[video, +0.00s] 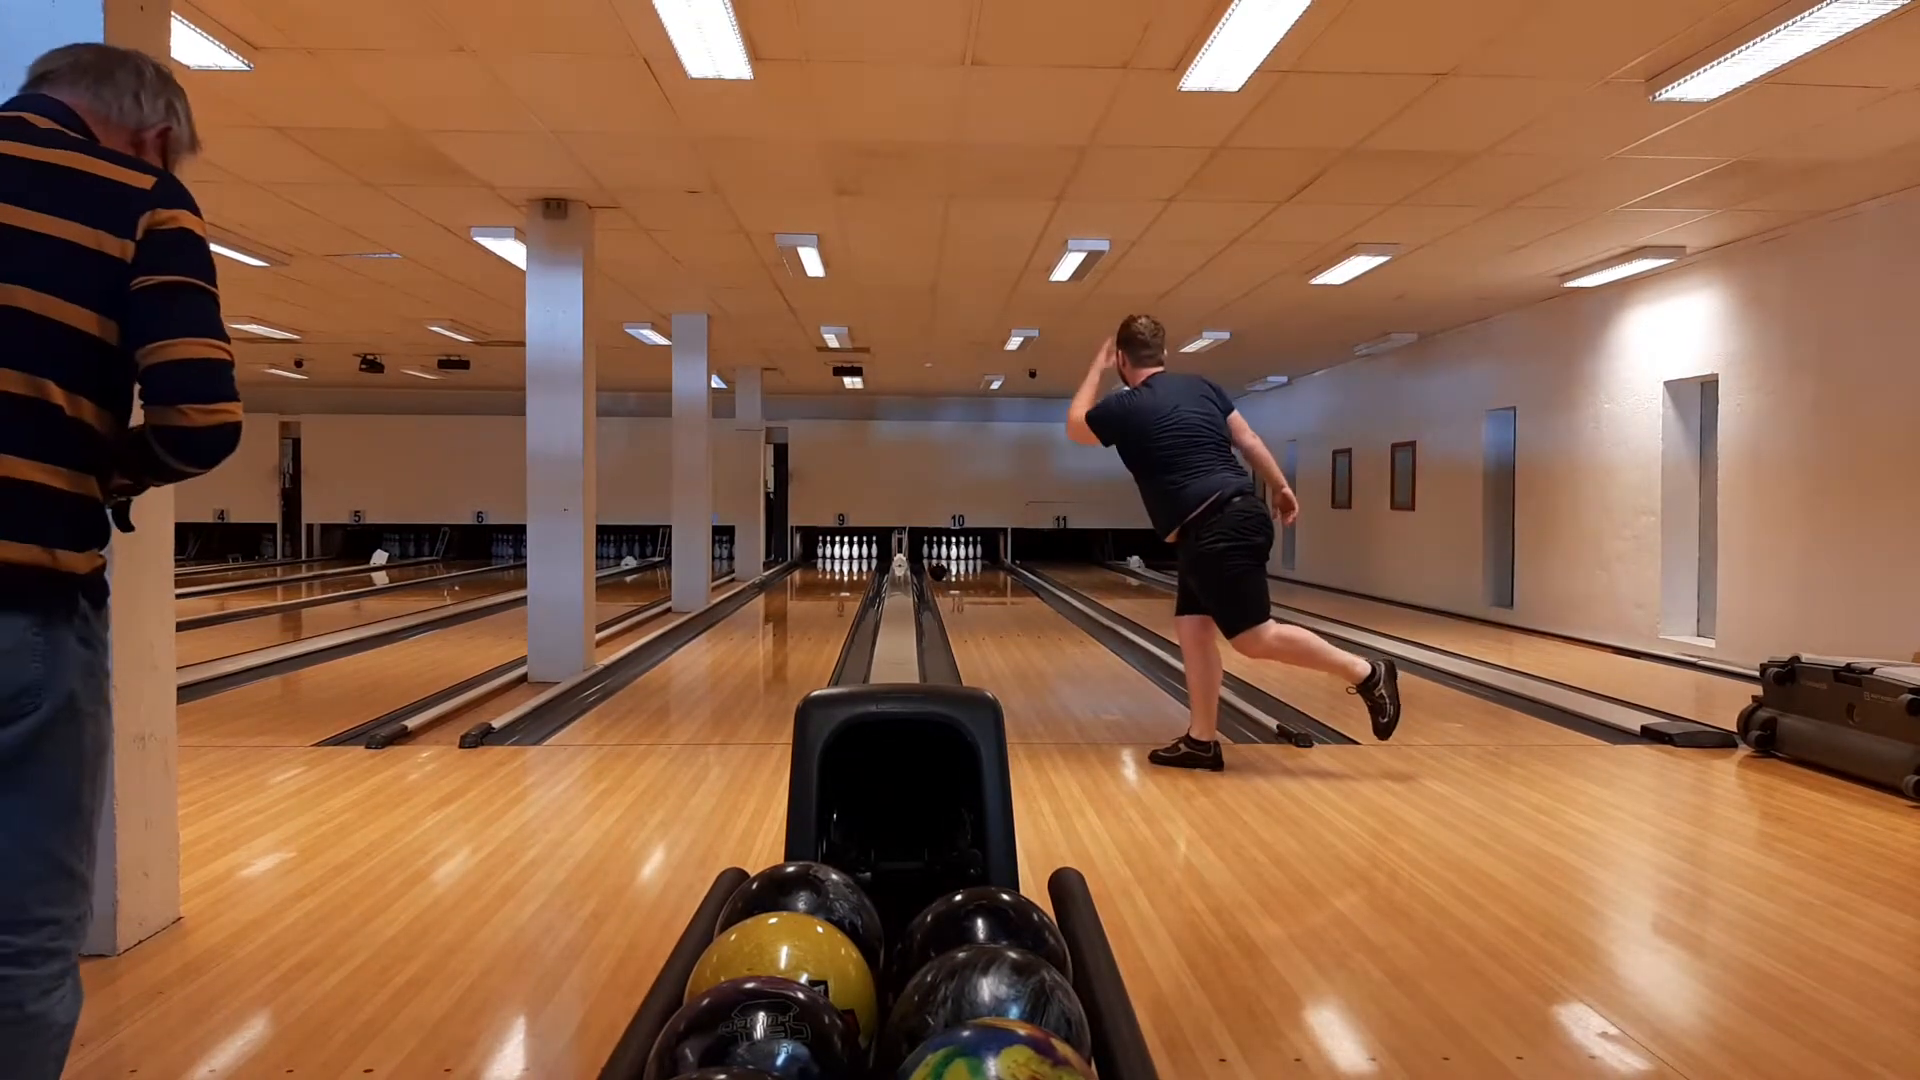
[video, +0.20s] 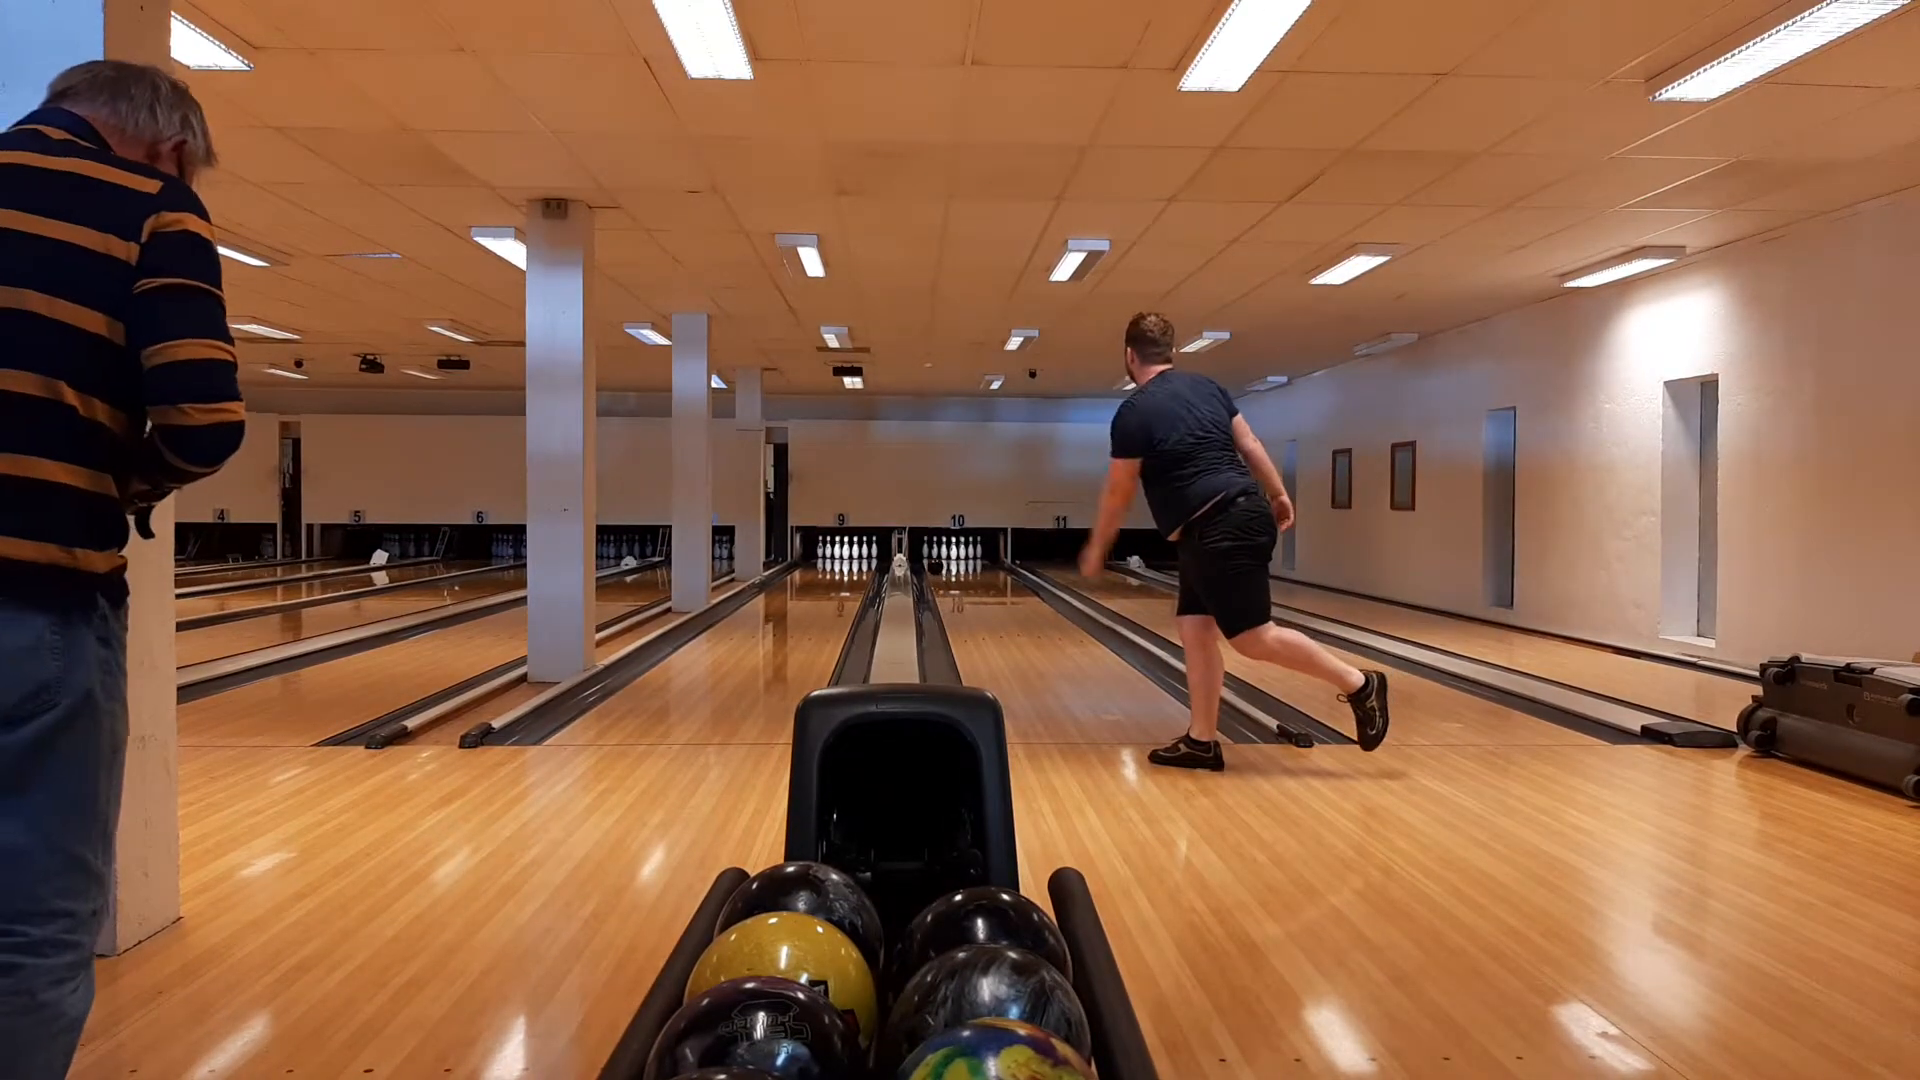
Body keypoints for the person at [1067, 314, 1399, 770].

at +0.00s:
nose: (1116, 367)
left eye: (1117, 361)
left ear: (1122, 362)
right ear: (1164, 357)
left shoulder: (1122, 407)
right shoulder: (1203, 388)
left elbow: (1076, 424)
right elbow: (1248, 440)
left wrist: (1096, 370)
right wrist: (1281, 485)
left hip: (1213, 525)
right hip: (1235, 514)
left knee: (1252, 636)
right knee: (1192, 625)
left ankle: (1367, 673)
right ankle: (1202, 741)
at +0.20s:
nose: (1125, 361)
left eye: (1125, 355)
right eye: (1128, 355)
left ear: (1129, 356)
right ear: (1173, 354)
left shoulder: (1135, 411)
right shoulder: (1208, 388)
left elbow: (1119, 490)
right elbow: (1250, 445)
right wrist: (1279, 492)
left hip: (1217, 525)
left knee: (1251, 636)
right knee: (1195, 626)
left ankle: (1361, 684)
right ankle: (1202, 741)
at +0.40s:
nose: (1127, 365)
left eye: (1126, 358)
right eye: (1130, 359)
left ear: (1130, 358)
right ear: (1173, 354)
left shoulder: (1146, 399)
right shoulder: (1210, 388)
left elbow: (1163, 446)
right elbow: (1253, 437)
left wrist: (1177, 507)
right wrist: (1295, 481)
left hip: (1224, 519)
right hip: (1247, 511)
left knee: (1253, 638)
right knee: (1200, 626)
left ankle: (1363, 687)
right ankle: (1203, 740)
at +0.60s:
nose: (1137, 361)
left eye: (1136, 354)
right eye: (1141, 354)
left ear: (1143, 353)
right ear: (1183, 351)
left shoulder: (1154, 394)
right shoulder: (1221, 388)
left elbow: (1173, 428)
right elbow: (1258, 447)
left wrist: (1186, 469)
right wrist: (1289, 495)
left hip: (1228, 520)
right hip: (1254, 509)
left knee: (1257, 639)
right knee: (1205, 627)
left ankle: (1367, 690)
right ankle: (1203, 740)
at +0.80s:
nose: (1166, 352)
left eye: (1166, 346)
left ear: (1170, 348)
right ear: (1213, 348)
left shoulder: (1174, 404)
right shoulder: (1244, 394)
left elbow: (1159, 484)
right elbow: (1247, 464)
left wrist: (1138, 553)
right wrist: (1207, 519)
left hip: (1241, 527)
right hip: (1267, 517)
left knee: (1263, 646)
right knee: (1211, 626)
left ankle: (1368, 705)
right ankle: (1204, 740)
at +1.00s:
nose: (1209, 349)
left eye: (1209, 342)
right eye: (1213, 342)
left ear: (1213, 345)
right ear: (1256, 347)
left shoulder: (1209, 403)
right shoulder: (1278, 394)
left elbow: (1152, 473)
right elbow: (1248, 463)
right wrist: (1192, 499)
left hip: (1268, 536)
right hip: (1292, 526)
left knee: (1279, 655)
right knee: (1226, 631)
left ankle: (1381, 731)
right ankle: (1204, 740)